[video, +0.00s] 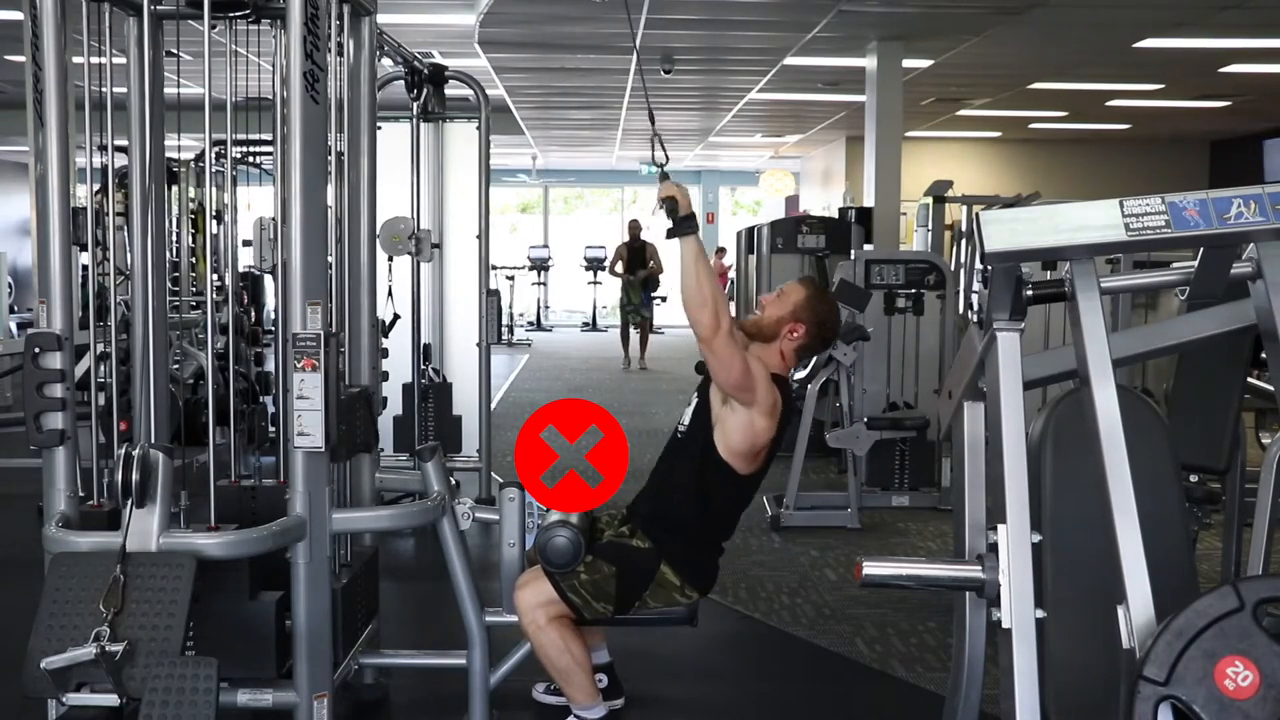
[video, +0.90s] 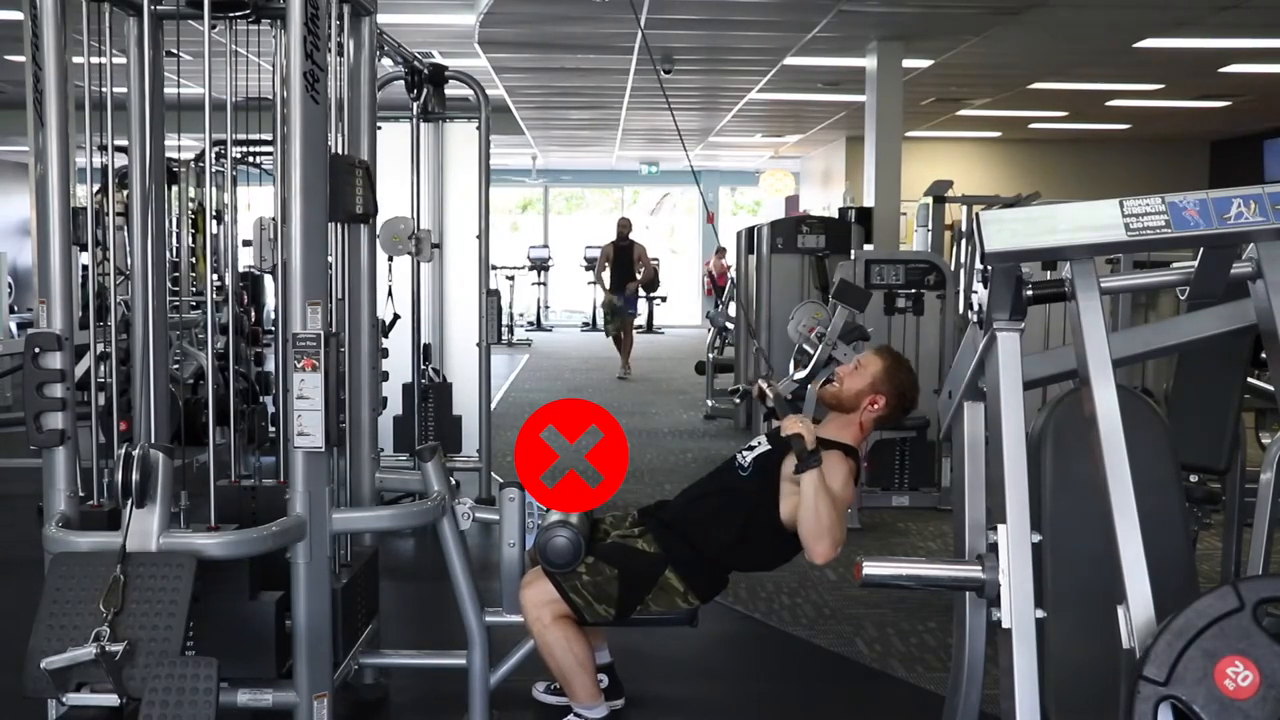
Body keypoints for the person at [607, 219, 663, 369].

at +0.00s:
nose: (634, 232)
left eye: (636, 228)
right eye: (631, 229)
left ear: (641, 229)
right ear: (628, 230)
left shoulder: (649, 248)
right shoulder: (622, 249)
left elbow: (659, 269)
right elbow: (611, 269)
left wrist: (646, 272)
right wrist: (622, 276)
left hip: (644, 290)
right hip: (628, 290)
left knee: (644, 325)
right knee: (625, 325)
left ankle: (642, 358)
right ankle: (626, 356)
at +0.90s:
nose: (622, 230)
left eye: (625, 227)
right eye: (620, 226)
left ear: (630, 229)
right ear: (616, 228)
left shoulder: (638, 248)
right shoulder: (608, 249)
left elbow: (649, 270)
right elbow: (598, 273)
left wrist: (638, 283)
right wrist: (606, 291)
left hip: (629, 294)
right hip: (612, 294)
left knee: (627, 330)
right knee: (615, 333)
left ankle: (624, 365)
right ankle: (625, 361)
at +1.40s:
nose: (609, 229)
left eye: (612, 226)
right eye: (606, 226)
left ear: (617, 228)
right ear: (603, 228)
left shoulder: (626, 247)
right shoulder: (596, 249)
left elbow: (638, 271)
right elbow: (587, 273)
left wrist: (627, 283)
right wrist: (579, 297)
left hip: (621, 295)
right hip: (603, 295)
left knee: (622, 332)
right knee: (601, 332)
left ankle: (622, 366)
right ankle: (599, 370)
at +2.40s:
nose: (600, 225)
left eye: (603, 222)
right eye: (597, 222)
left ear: (608, 224)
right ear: (592, 223)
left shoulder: (617, 246)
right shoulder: (583, 246)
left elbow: (624, 274)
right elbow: (574, 274)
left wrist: (621, 296)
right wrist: (569, 301)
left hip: (609, 299)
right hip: (589, 298)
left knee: (608, 339)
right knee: (585, 338)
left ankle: (604, 378)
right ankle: (586, 379)